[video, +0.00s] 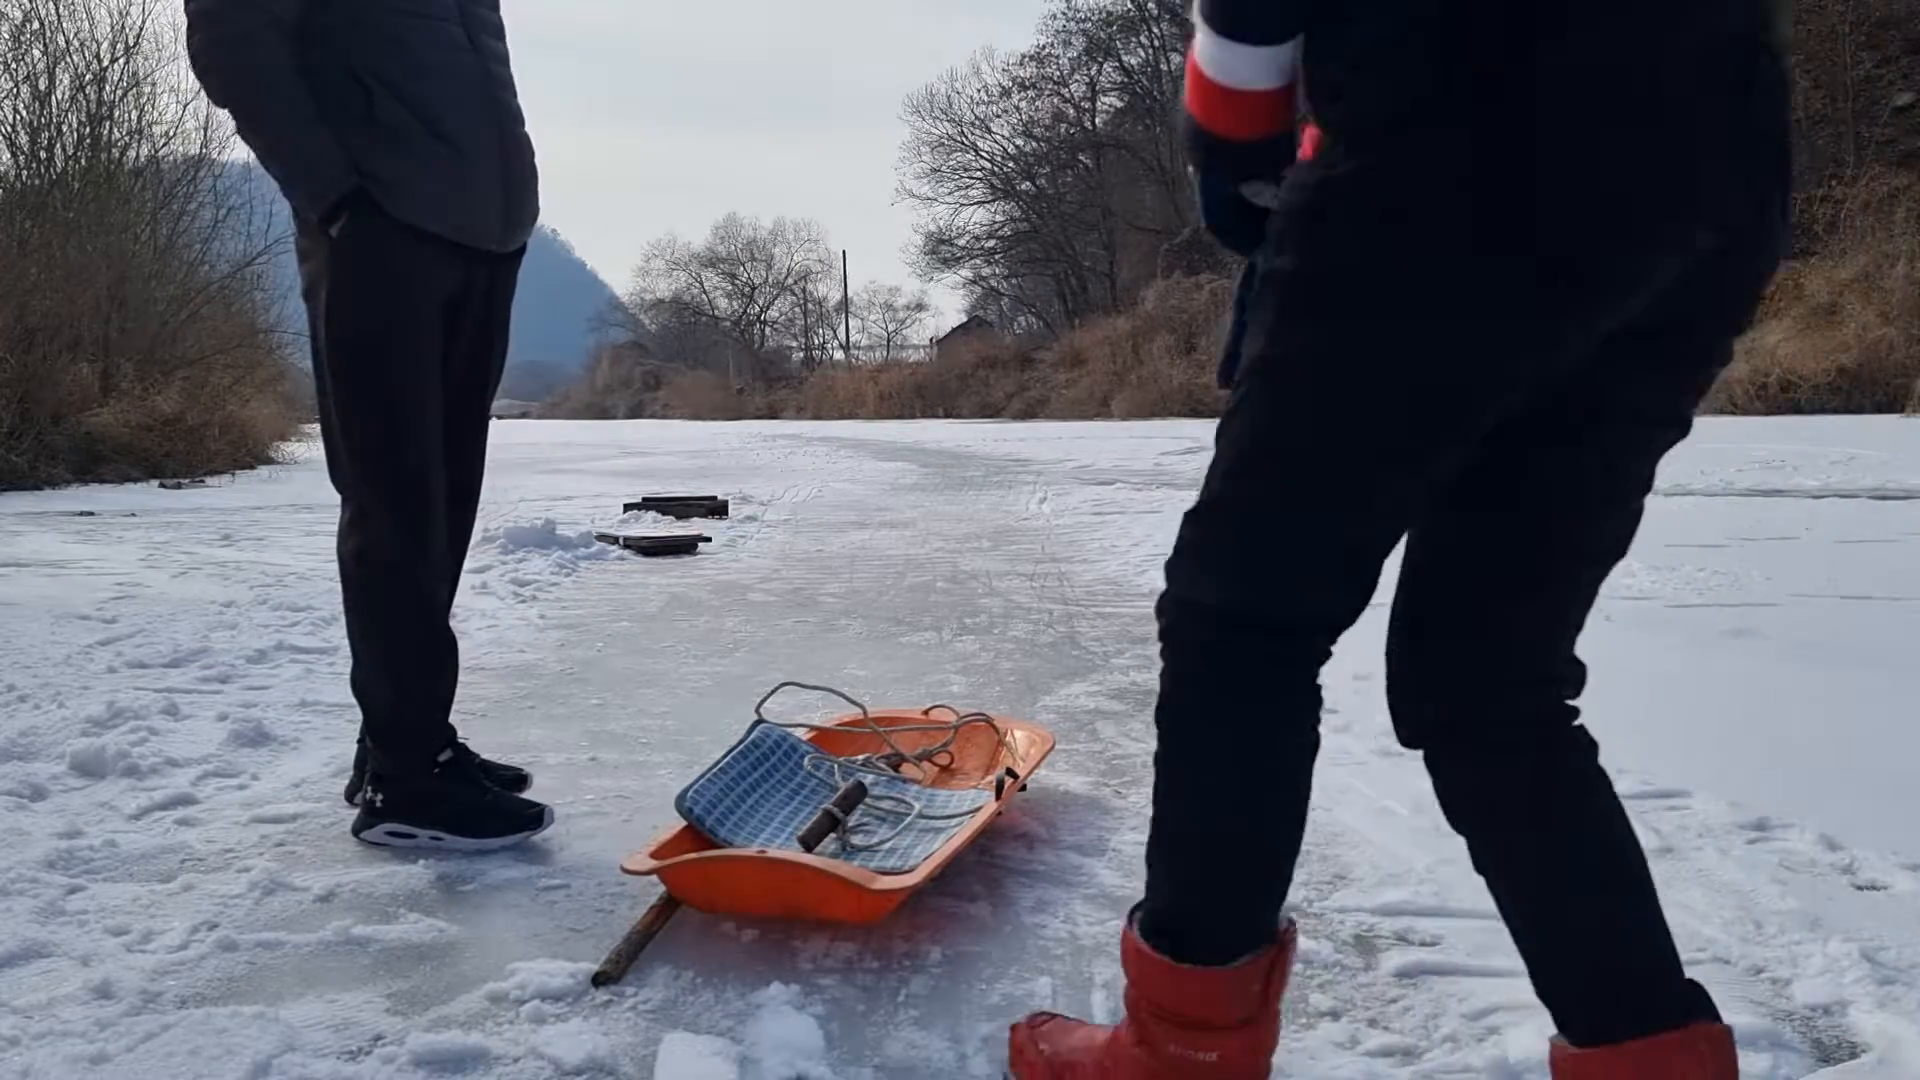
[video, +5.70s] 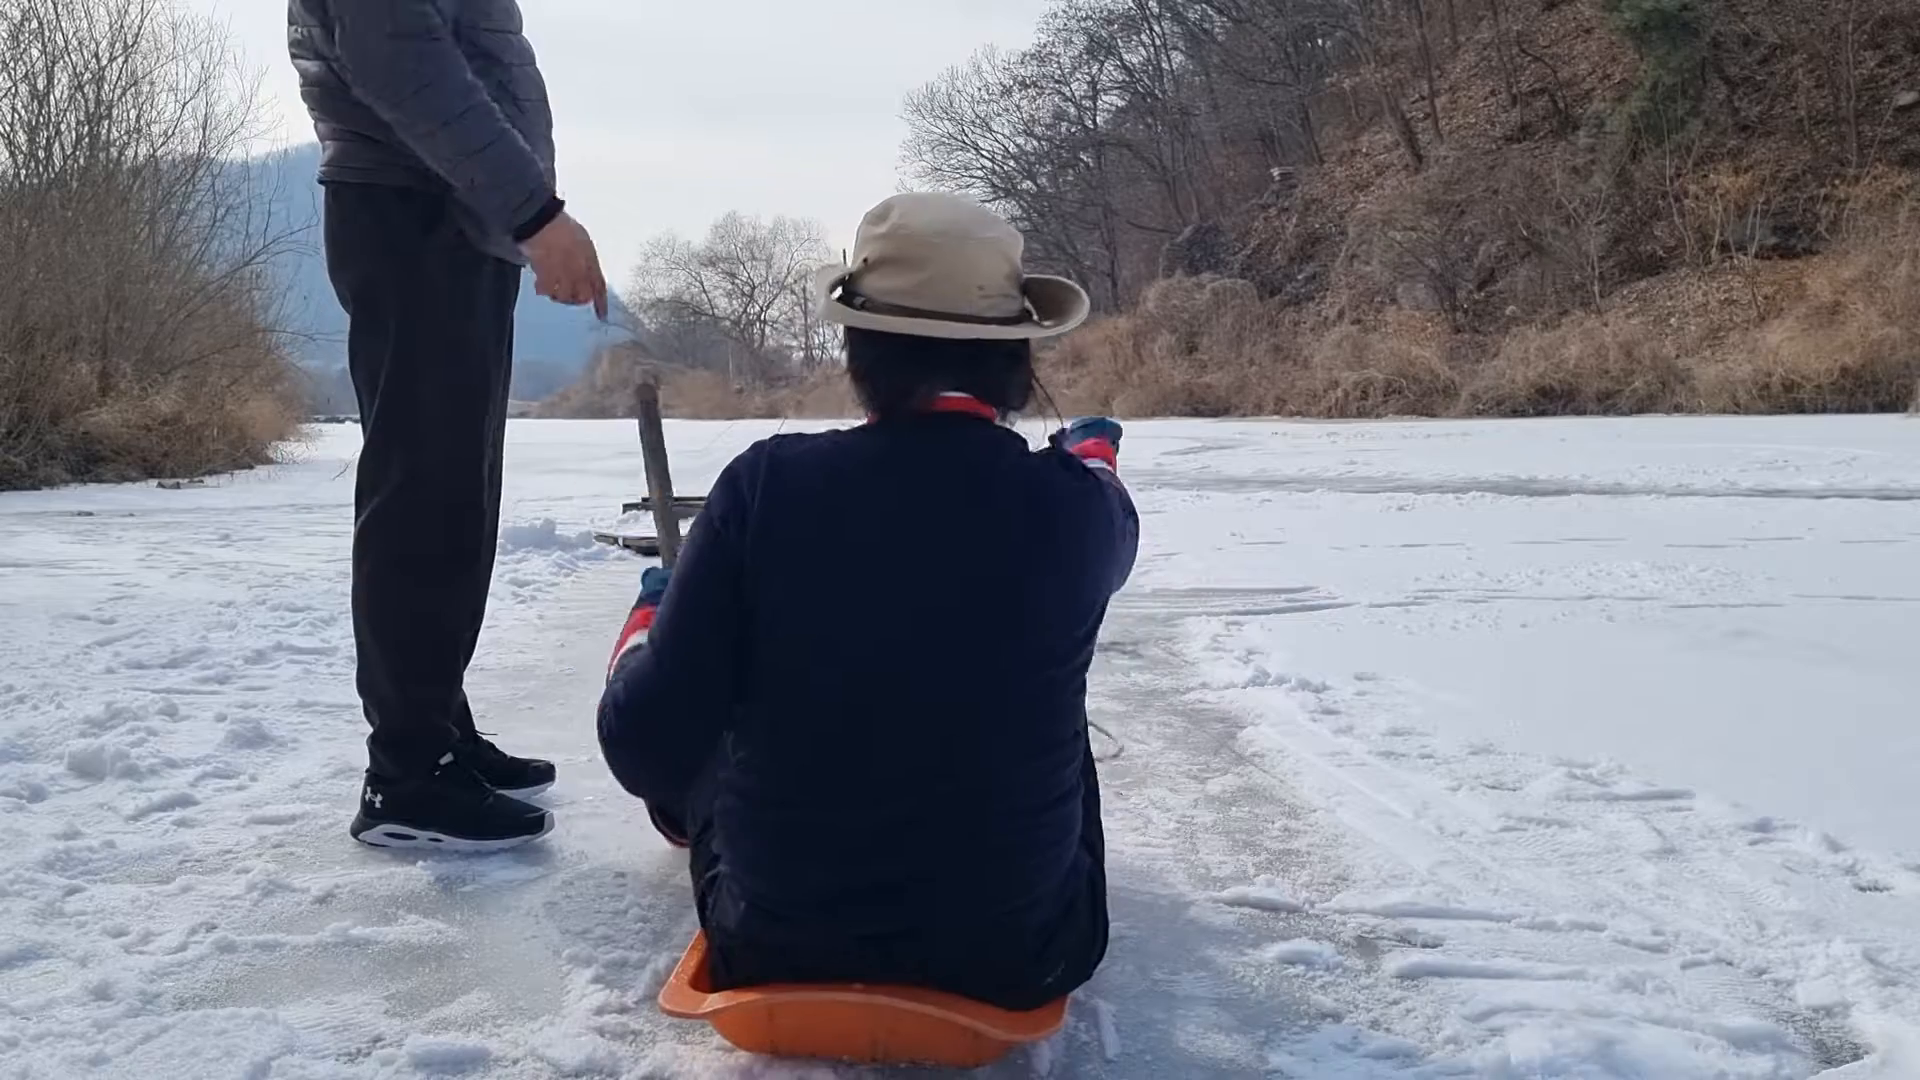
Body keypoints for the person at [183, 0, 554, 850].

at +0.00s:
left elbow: (476, 35)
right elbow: (227, 33)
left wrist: (506, 182)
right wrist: (334, 197)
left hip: (483, 222)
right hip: (378, 218)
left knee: (444, 501)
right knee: (394, 502)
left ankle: (413, 747)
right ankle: (402, 776)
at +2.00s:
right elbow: (271, 31)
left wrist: (516, 193)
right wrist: (383, 192)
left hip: (487, 224)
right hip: (407, 216)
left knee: (446, 497)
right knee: (404, 496)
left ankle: (416, 747)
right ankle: (400, 771)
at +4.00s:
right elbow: (269, 33)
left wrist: (515, 202)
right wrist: (387, 199)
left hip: (485, 235)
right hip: (410, 224)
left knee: (445, 502)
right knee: (404, 501)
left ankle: (416, 745)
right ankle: (400, 770)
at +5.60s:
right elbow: (325, 25)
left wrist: (507, 172)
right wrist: (483, 162)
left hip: (466, 209)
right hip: (411, 204)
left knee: (460, 482)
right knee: (421, 484)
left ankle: (441, 737)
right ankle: (404, 775)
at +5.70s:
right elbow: (397, 53)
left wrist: (528, 212)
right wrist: (539, 216)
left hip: (459, 209)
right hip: (408, 207)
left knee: (461, 481)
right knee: (422, 479)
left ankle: (438, 738)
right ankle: (406, 771)